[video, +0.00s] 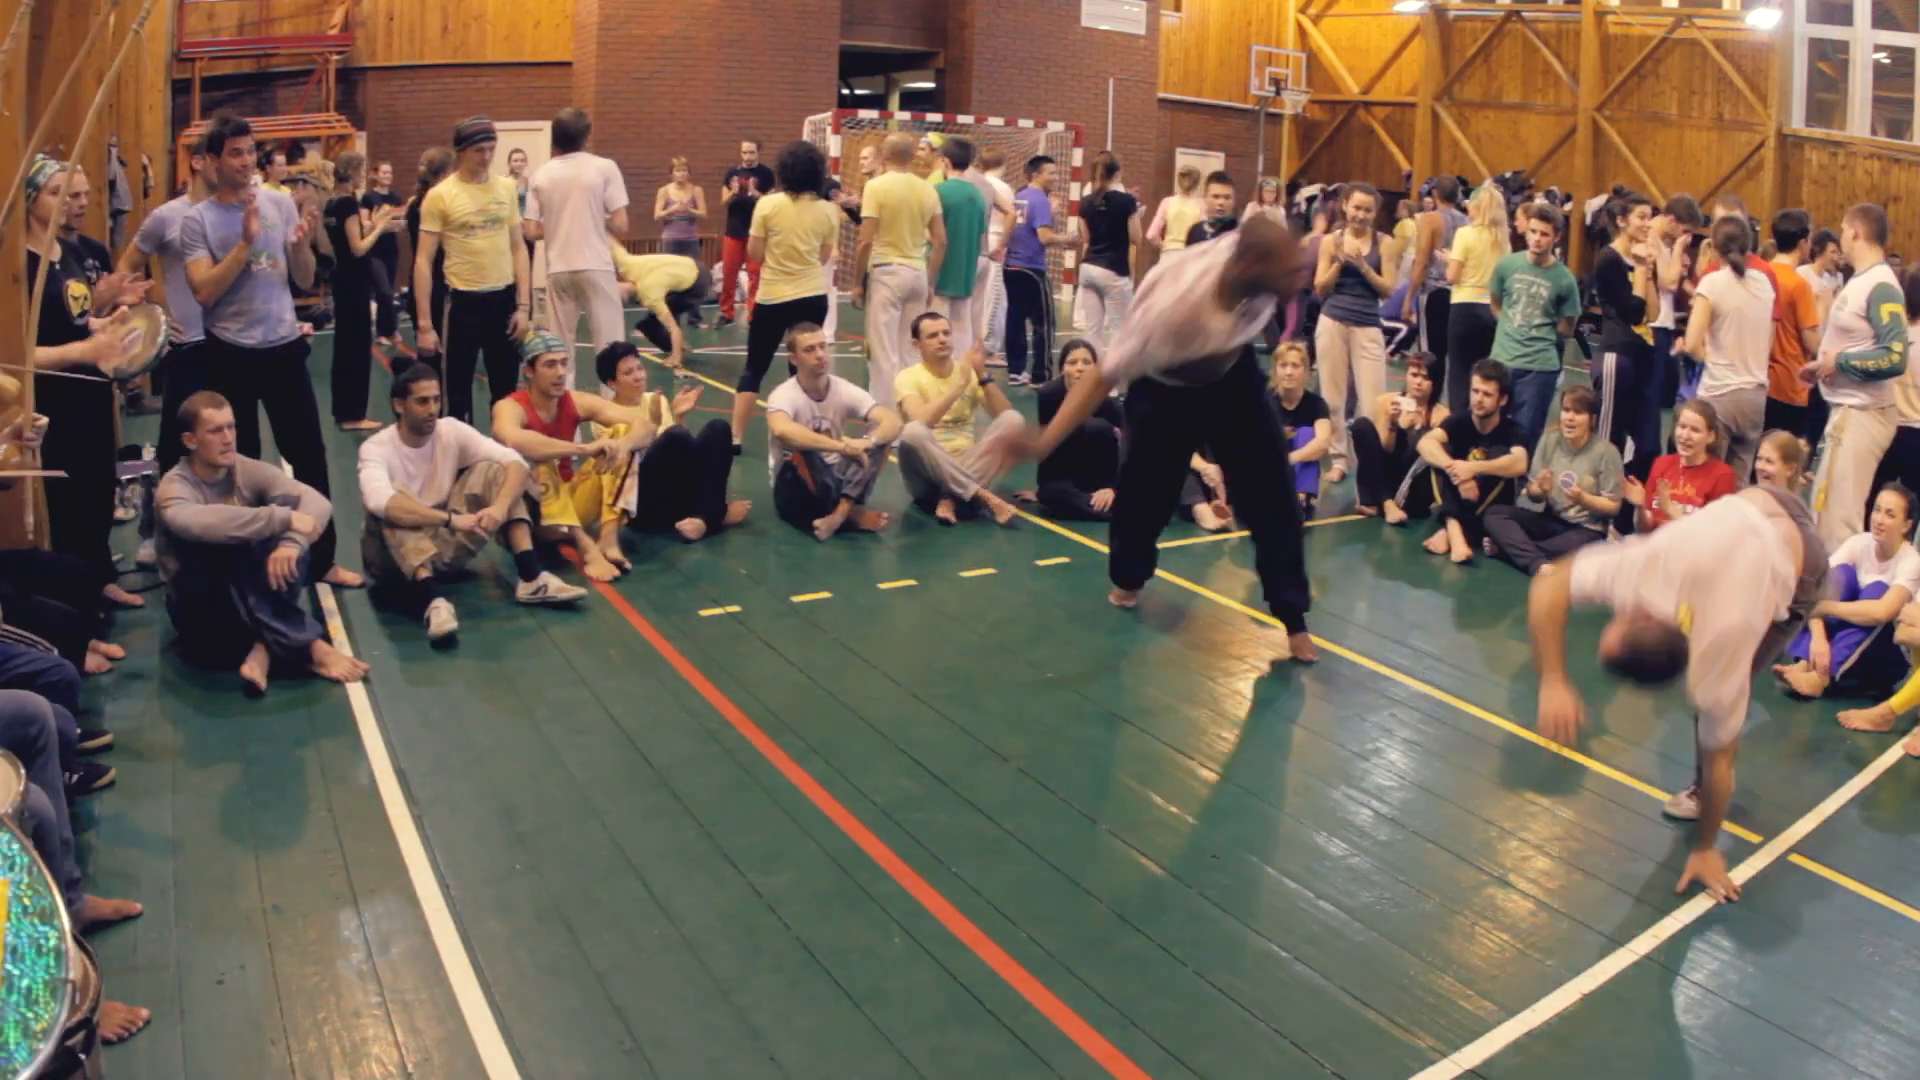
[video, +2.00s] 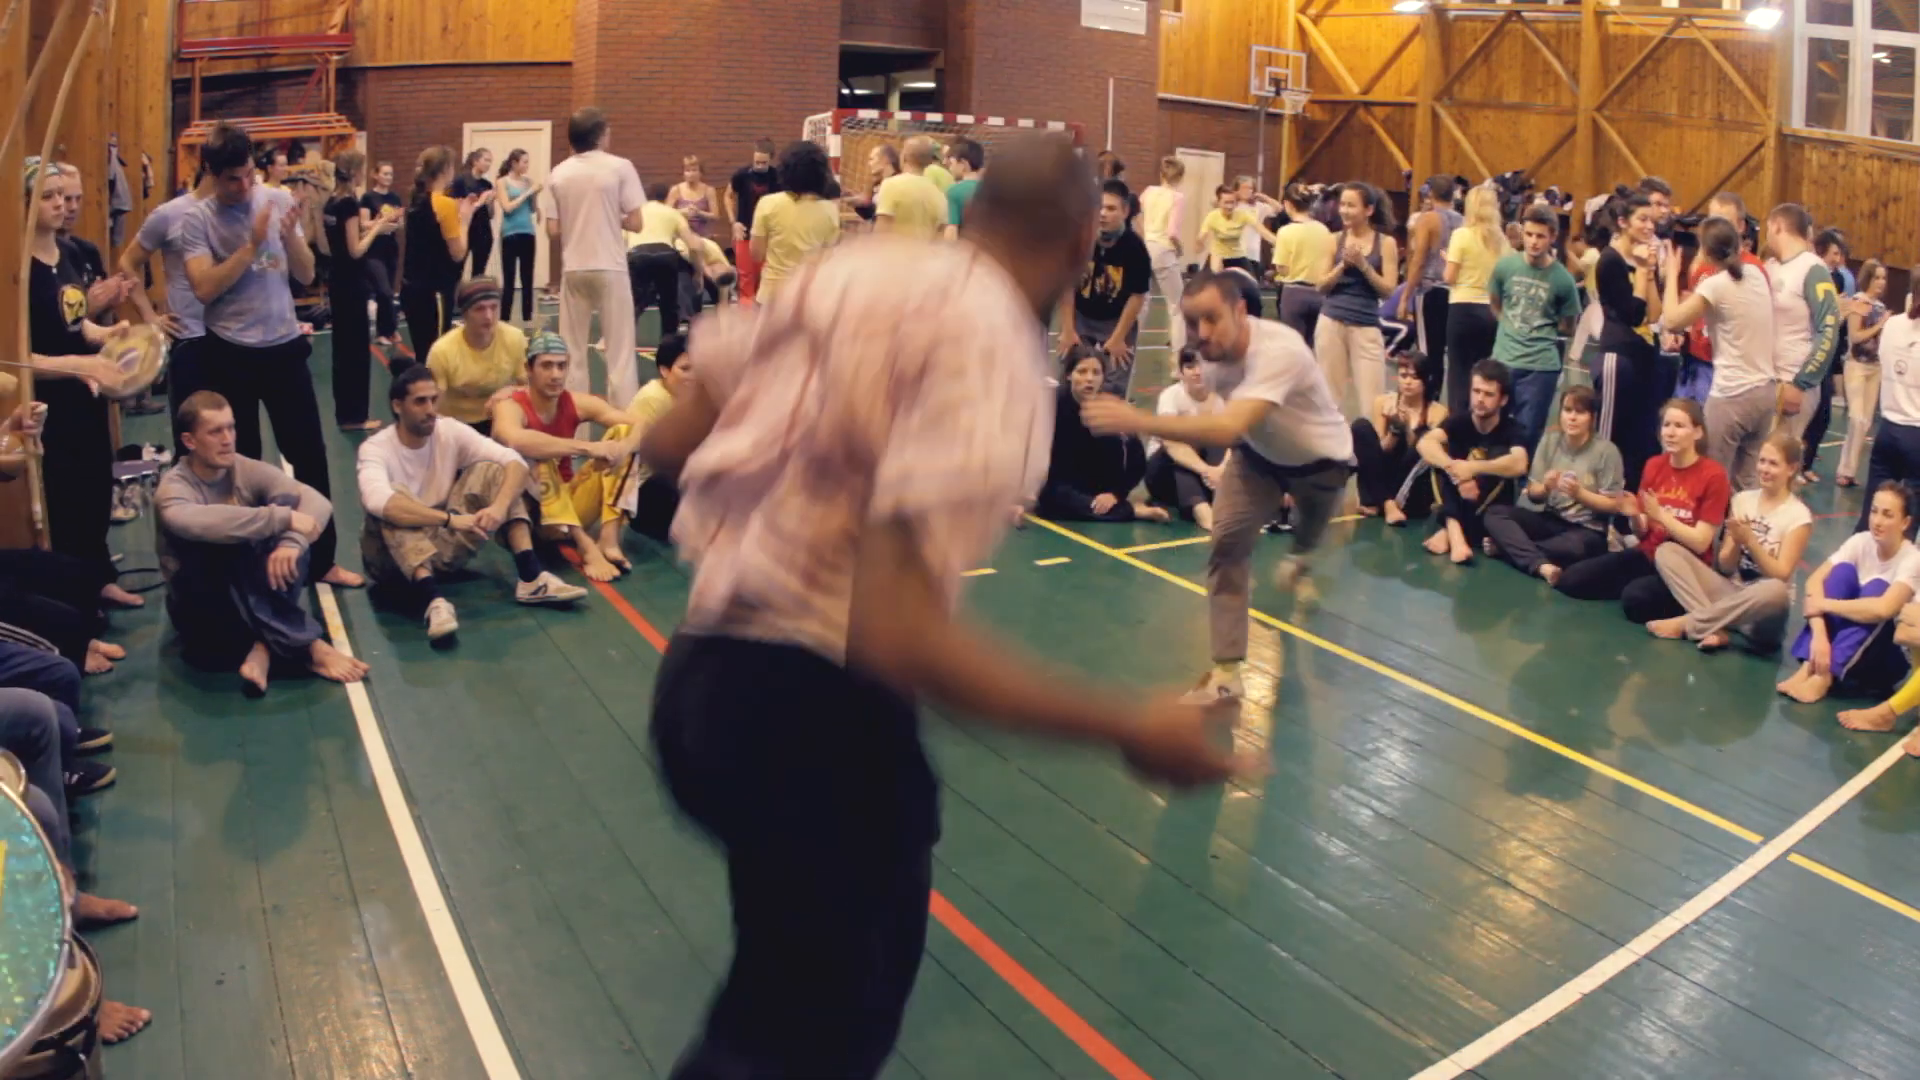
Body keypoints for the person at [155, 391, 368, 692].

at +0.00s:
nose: (228, 438)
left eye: (231, 428)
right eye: (216, 431)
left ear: (237, 429)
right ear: (190, 440)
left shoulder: (245, 469)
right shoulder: (174, 487)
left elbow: (316, 502)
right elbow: (191, 523)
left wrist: (292, 544)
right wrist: (284, 518)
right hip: (208, 619)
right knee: (213, 544)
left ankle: (265, 646)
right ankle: (311, 645)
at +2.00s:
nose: (228, 439)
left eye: (230, 429)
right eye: (215, 432)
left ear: (236, 429)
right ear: (189, 441)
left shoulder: (244, 469)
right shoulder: (174, 487)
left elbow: (317, 502)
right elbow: (191, 523)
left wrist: (292, 543)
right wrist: (283, 517)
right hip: (209, 612)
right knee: (213, 545)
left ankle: (264, 646)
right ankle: (310, 645)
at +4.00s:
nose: (229, 439)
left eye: (231, 429)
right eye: (216, 432)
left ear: (237, 428)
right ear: (190, 440)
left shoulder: (246, 469)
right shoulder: (175, 486)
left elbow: (317, 502)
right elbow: (192, 523)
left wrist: (292, 543)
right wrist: (283, 517)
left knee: (286, 505)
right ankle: (310, 643)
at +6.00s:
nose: (227, 441)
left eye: (230, 430)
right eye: (214, 434)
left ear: (236, 429)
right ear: (189, 440)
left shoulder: (248, 469)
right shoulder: (174, 487)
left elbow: (317, 502)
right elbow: (192, 523)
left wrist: (292, 544)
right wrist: (284, 518)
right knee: (218, 544)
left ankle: (265, 644)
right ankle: (310, 645)